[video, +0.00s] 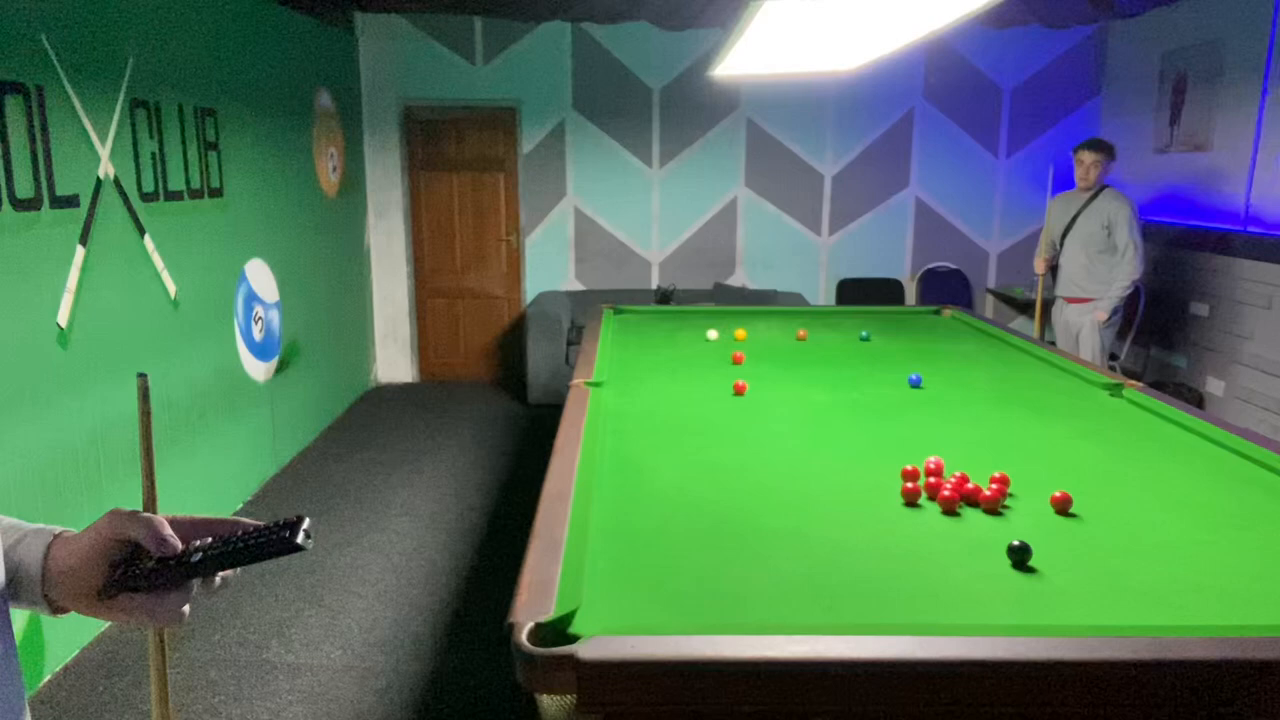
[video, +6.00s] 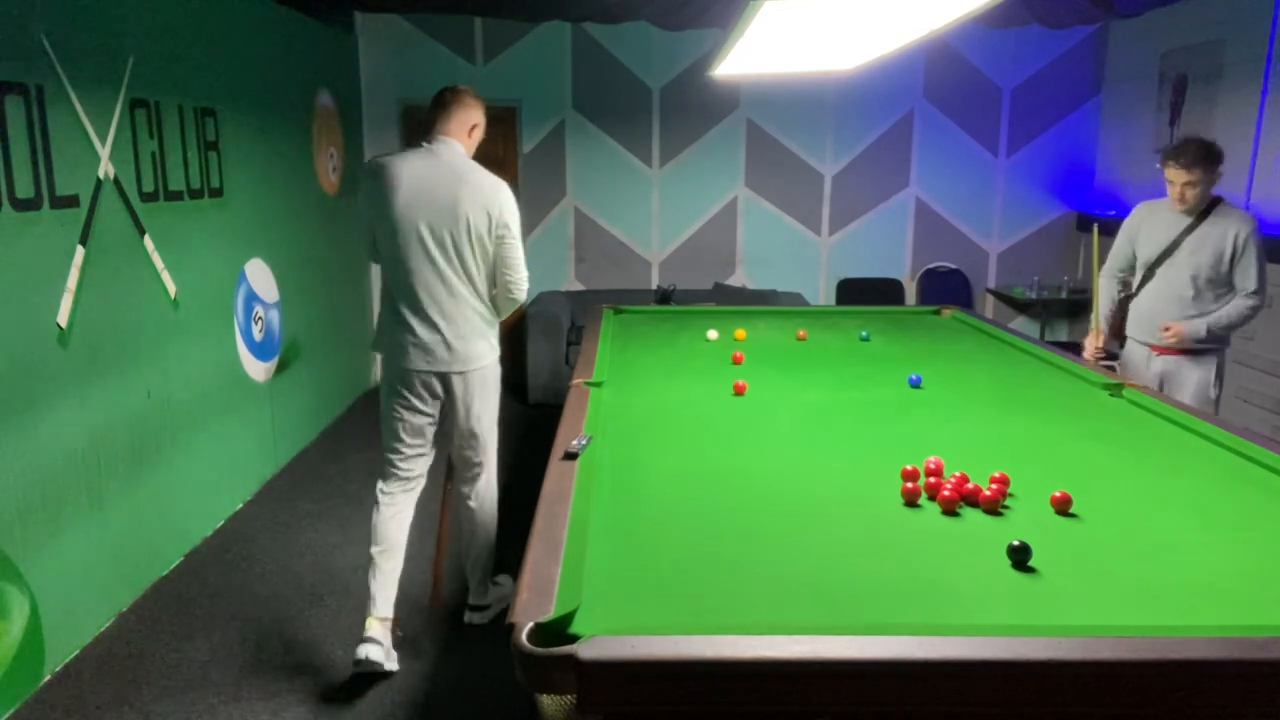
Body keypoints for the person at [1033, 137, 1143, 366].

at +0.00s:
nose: (1085, 171)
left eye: (1094, 165)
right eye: (1080, 163)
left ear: (1106, 169)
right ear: (1074, 164)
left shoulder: (1118, 206)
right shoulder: (1058, 204)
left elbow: (1132, 265)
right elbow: (1047, 243)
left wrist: (1107, 307)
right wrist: (1041, 261)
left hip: (1097, 307)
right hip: (1062, 305)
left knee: (1091, 382)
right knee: (1065, 378)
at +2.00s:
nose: (1136, 186)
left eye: (1145, 178)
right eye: (1128, 177)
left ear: (1157, 175)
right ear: (1118, 172)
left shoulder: (1169, 212)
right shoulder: (1095, 211)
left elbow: (1172, 272)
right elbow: (1072, 265)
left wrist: (1174, 324)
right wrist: (1085, 289)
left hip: (1152, 330)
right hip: (1103, 329)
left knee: (1140, 414)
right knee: (1096, 411)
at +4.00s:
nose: (1154, 187)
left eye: (1165, 178)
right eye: (1149, 178)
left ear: (1192, 172)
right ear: (1144, 172)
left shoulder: (1217, 222)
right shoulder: (1131, 212)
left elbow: (1228, 297)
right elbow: (1106, 274)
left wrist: (1174, 340)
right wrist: (1088, 328)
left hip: (1173, 361)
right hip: (1120, 351)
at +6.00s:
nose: (1177, 194)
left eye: (1190, 185)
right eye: (1170, 183)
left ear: (1214, 179)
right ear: (1164, 176)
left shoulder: (1238, 228)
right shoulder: (1143, 215)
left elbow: (1251, 297)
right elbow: (1112, 275)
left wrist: (1198, 329)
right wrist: (1100, 329)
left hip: (1194, 366)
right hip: (1136, 357)